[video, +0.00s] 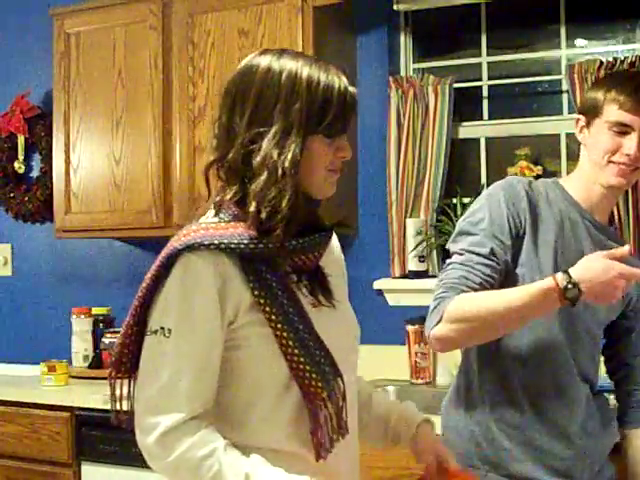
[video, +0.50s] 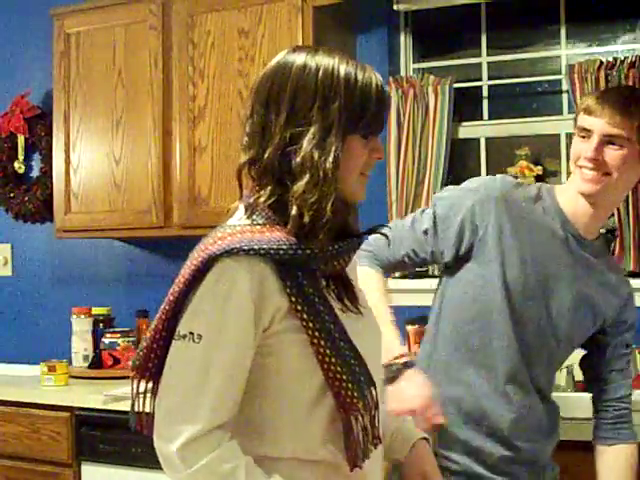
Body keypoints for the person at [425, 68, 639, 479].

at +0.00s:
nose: (633, 150)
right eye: (620, 129)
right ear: (582, 128)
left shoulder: (622, 257)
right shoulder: (513, 200)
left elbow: (631, 383)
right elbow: (443, 327)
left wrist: (631, 462)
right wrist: (569, 286)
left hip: (583, 458)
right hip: (490, 457)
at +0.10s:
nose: (626, 150)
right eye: (614, 130)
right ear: (582, 129)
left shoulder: (622, 265)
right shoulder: (513, 201)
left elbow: (626, 409)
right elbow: (430, 320)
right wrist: (559, 300)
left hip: (578, 466)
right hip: (484, 461)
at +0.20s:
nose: (611, 148)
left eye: (629, 135)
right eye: (600, 129)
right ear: (582, 132)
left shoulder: (627, 281)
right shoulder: (516, 201)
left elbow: (625, 426)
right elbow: (412, 311)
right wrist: (540, 320)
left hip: (570, 467)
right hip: (475, 461)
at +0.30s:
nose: (603, 147)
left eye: (624, 136)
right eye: (595, 129)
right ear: (582, 132)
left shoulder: (627, 281)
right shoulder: (513, 201)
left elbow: (628, 413)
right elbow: (392, 291)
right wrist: (506, 337)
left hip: (558, 466)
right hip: (464, 459)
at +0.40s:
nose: (600, 149)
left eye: (621, 138)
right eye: (592, 131)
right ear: (580, 134)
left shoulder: (625, 288)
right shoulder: (506, 200)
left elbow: (626, 418)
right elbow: (377, 270)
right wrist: (457, 354)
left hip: (544, 466)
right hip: (449, 458)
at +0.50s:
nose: (591, 153)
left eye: (614, 143)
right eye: (584, 135)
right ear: (573, 139)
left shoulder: (614, 296)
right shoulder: (490, 203)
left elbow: (615, 428)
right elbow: (367, 255)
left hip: (527, 468)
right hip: (436, 459)